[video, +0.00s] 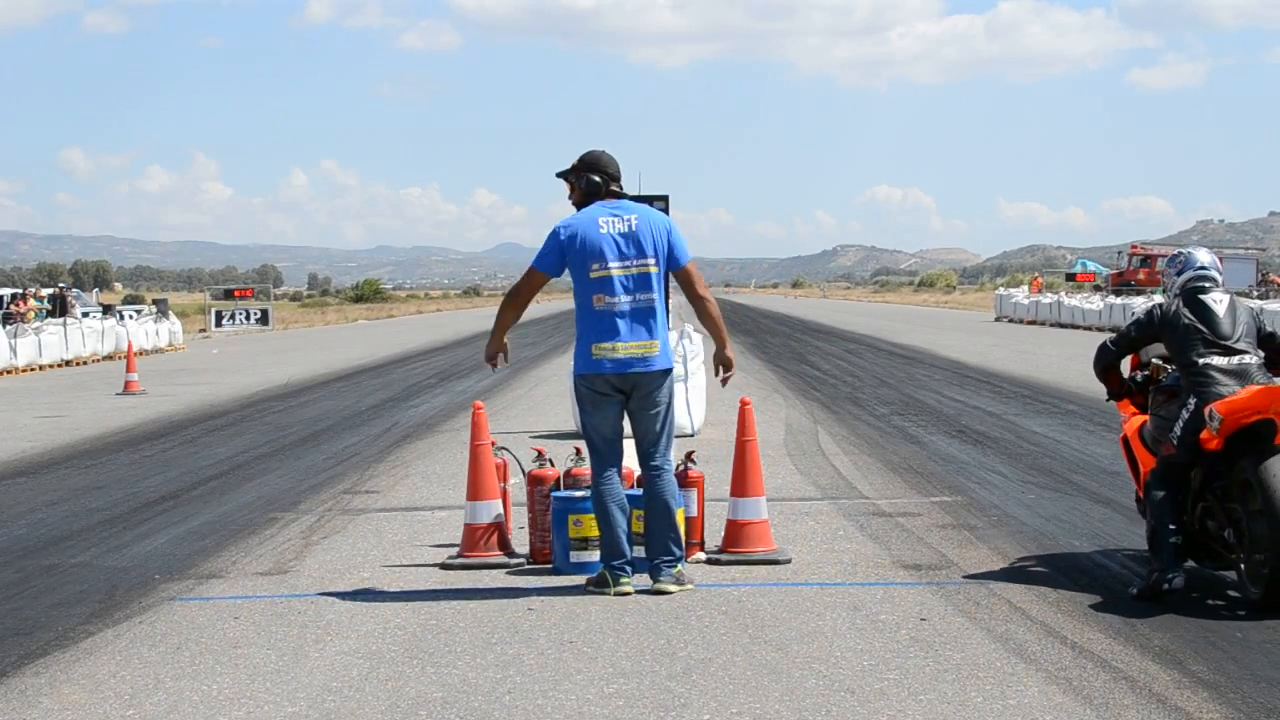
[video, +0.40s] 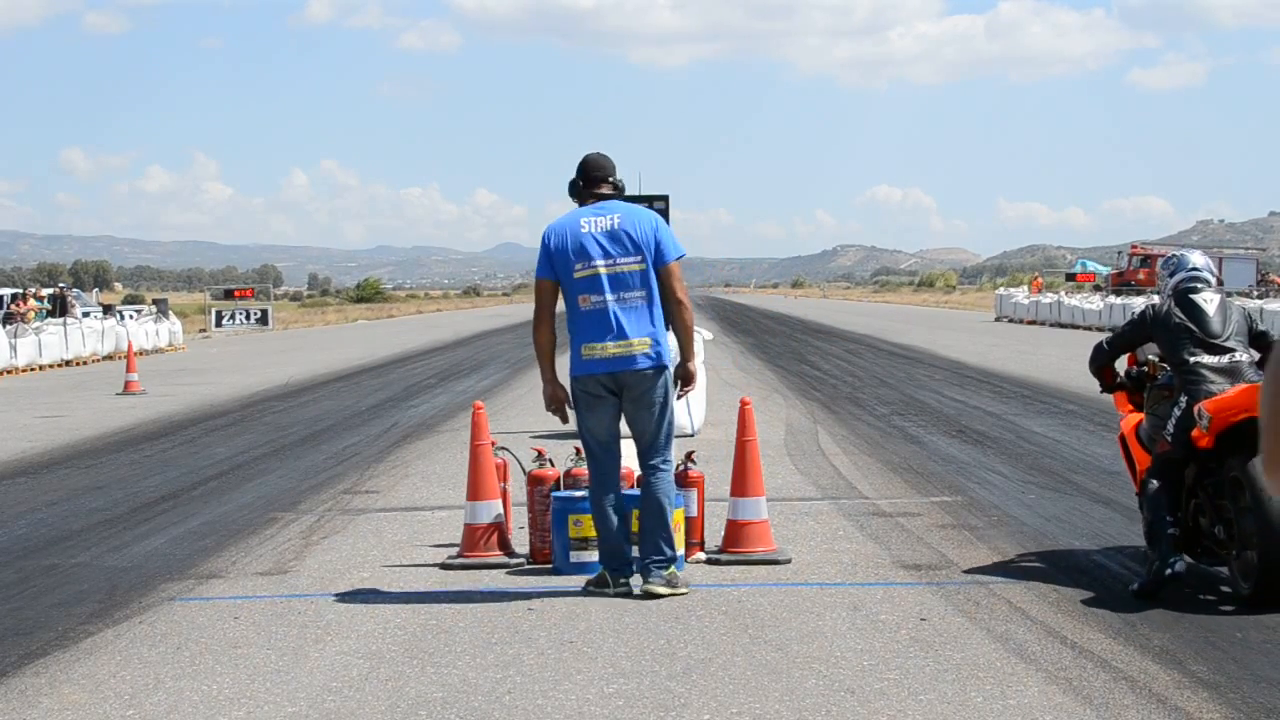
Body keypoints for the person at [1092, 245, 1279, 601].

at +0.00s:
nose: (1167, 282)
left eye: (1169, 275)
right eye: (1169, 275)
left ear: (1176, 275)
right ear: (1217, 274)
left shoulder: (1166, 310)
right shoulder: (1247, 308)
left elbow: (1105, 355)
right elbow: (1275, 344)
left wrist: (1119, 389)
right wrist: (1267, 369)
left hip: (1209, 401)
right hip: (1261, 392)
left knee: (1162, 480)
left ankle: (1165, 570)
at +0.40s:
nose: (1163, 283)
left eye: (1164, 277)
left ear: (1169, 278)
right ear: (1213, 276)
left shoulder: (1158, 312)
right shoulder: (1238, 310)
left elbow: (1101, 354)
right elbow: (1271, 344)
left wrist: (1109, 380)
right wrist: (1253, 370)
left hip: (1199, 399)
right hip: (1251, 391)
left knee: (1158, 477)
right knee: (1267, 464)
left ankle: (1164, 559)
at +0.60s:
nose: (1163, 284)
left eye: (1165, 278)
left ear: (1171, 276)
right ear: (1212, 275)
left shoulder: (1160, 311)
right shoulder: (1235, 302)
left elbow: (1103, 356)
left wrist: (1115, 386)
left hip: (1195, 402)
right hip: (1244, 397)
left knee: (1145, 476)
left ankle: (1163, 547)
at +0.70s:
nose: (1160, 289)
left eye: (1160, 282)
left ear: (1166, 282)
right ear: (1198, 280)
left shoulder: (1157, 314)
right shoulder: (1222, 312)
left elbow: (1104, 353)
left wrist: (1116, 386)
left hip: (1169, 425)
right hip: (1223, 419)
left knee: (1144, 482)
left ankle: (1155, 559)